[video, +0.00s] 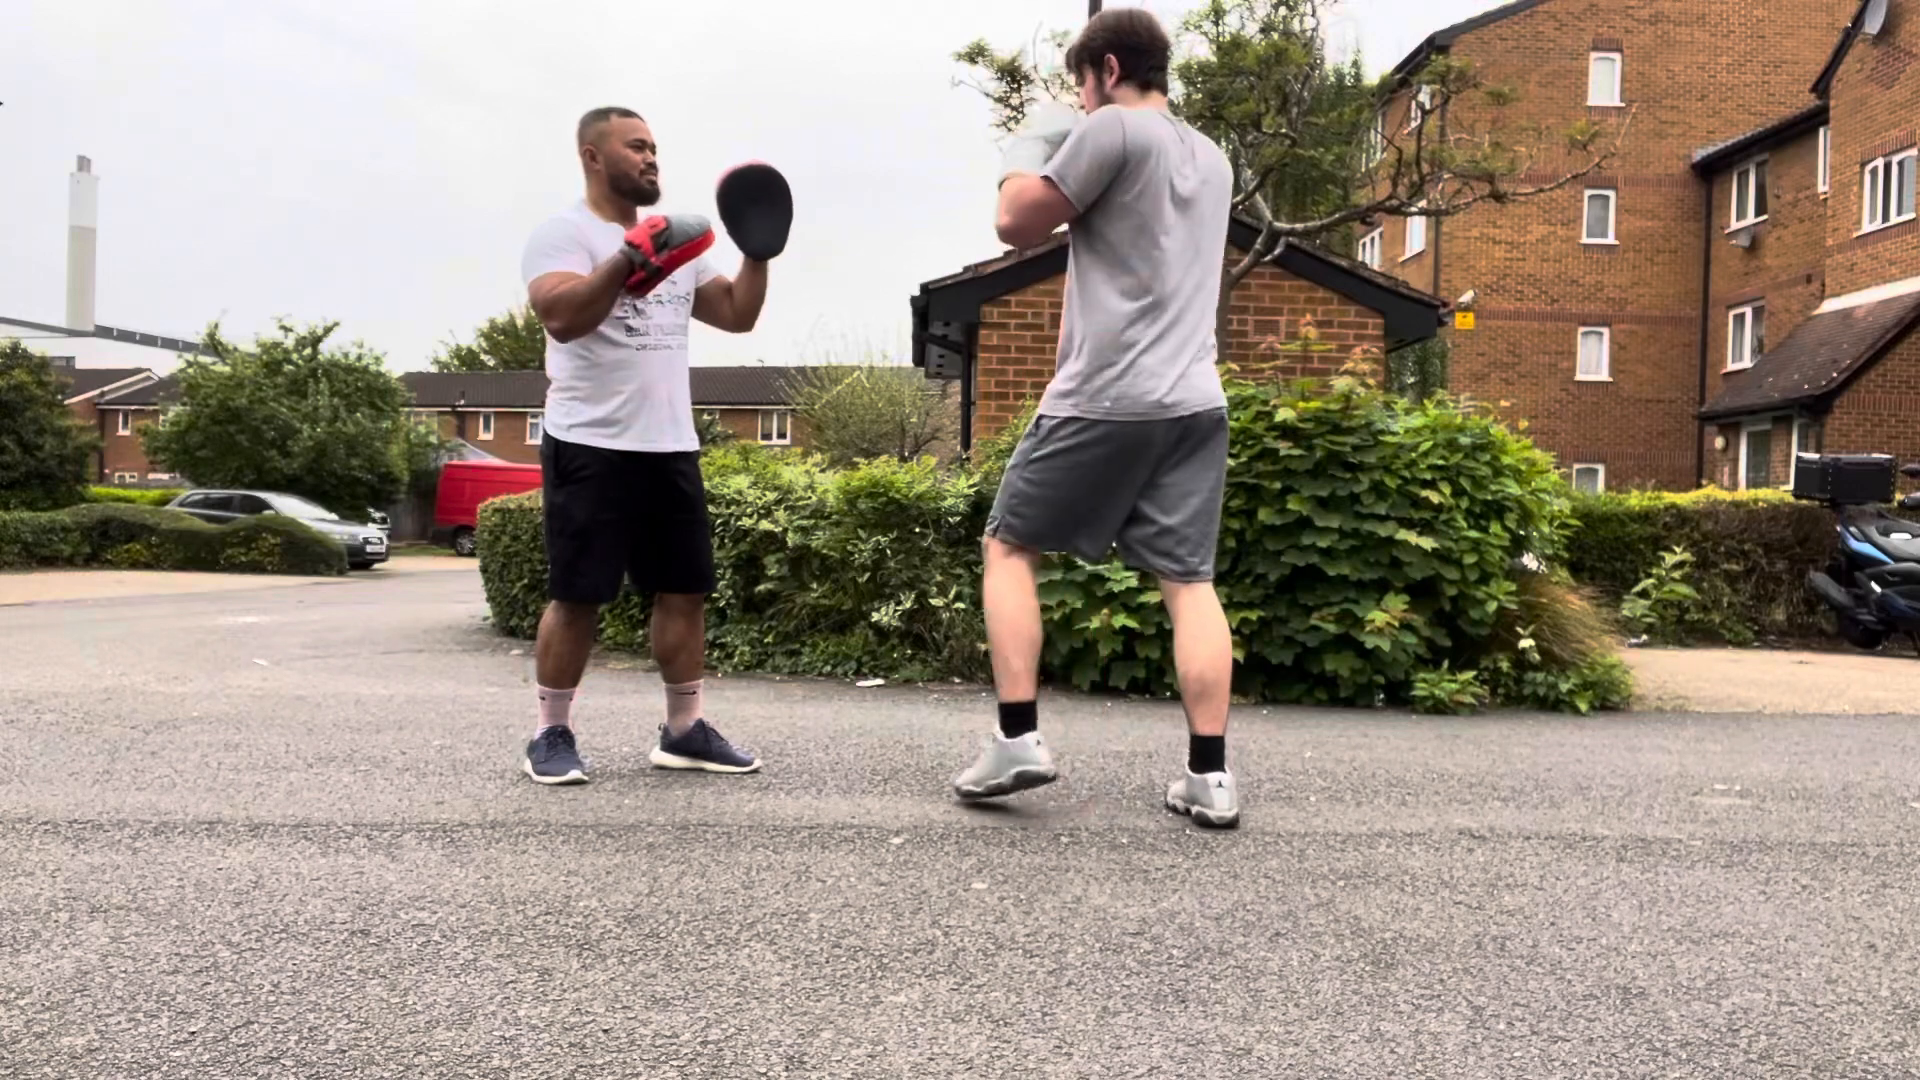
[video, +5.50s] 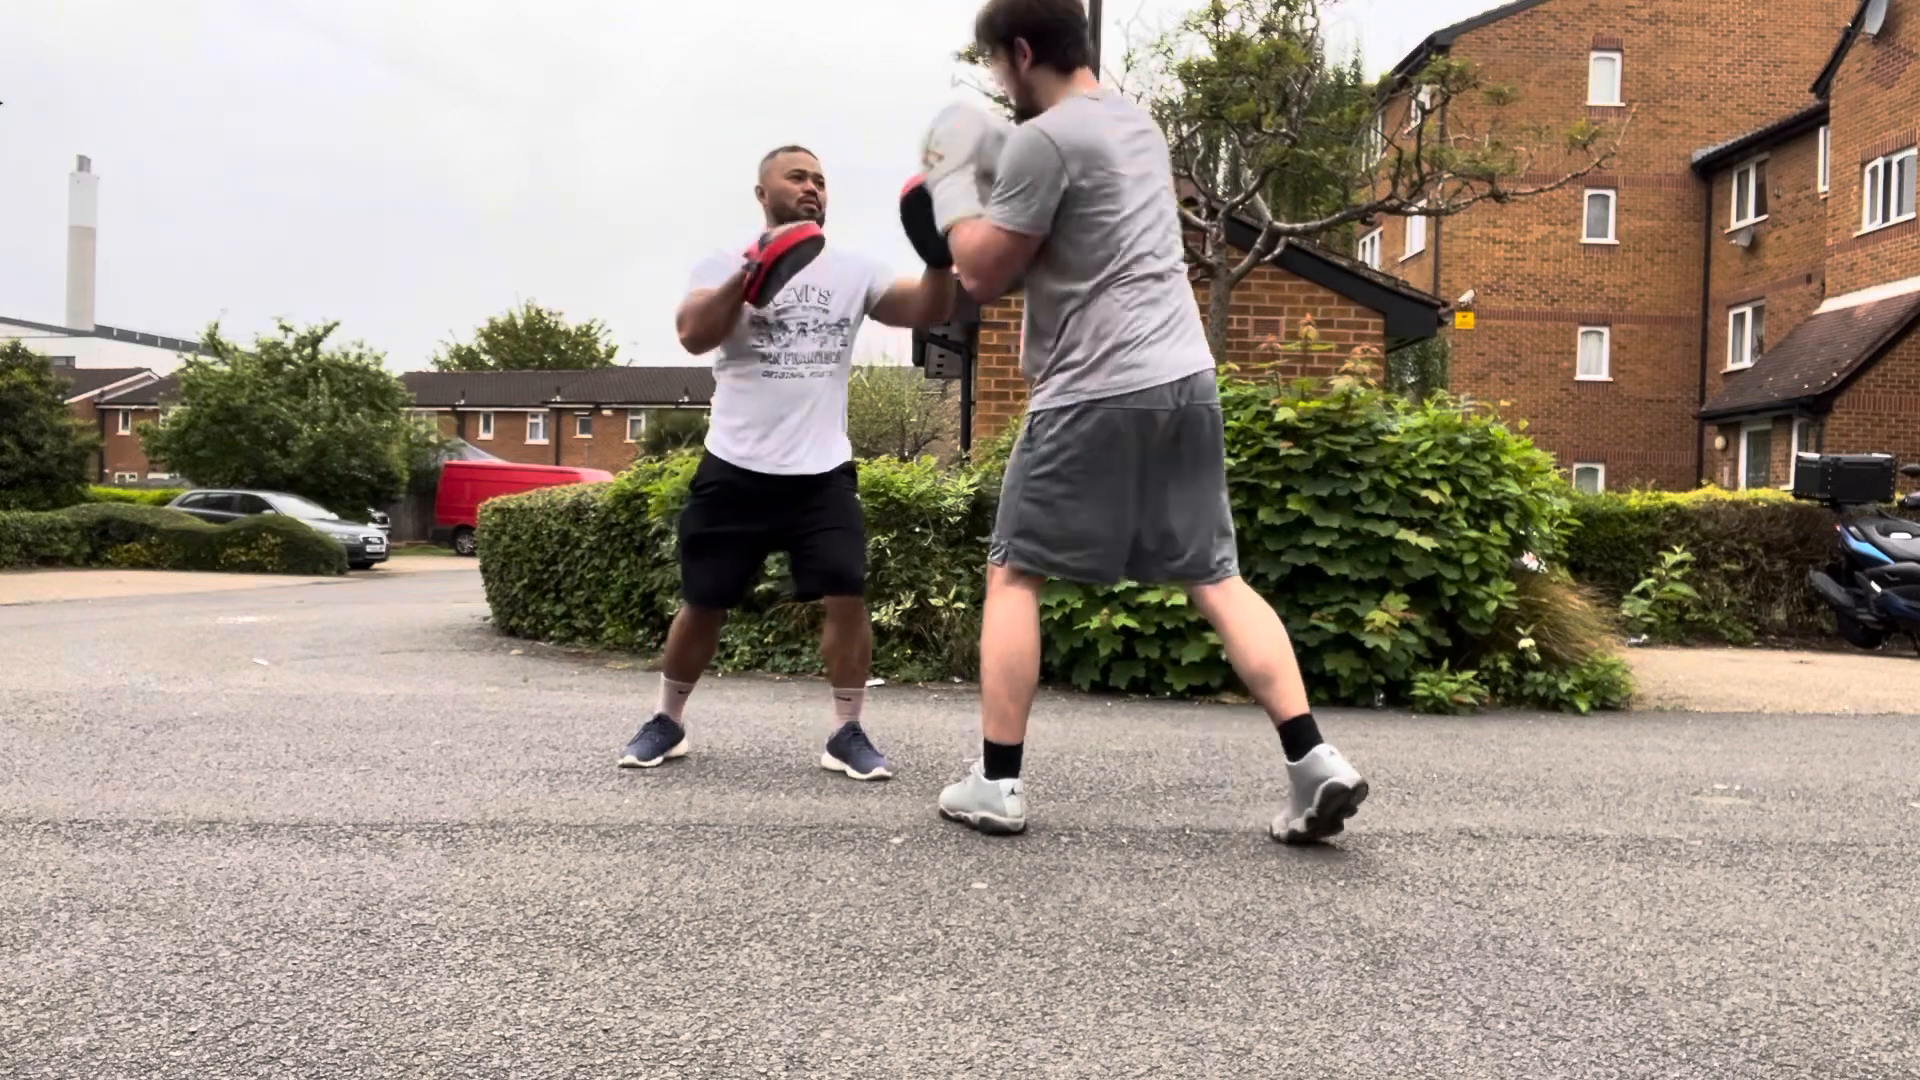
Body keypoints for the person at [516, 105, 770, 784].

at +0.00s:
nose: (652, 160)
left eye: (654, 150)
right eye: (637, 147)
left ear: (653, 164)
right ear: (592, 157)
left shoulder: (675, 243)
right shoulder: (561, 234)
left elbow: (737, 312)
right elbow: (561, 318)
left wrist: (756, 247)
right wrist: (631, 255)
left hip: (670, 443)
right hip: (587, 443)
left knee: (683, 586)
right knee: (576, 592)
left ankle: (684, 727)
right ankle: (552, 732)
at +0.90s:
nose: (695, 177)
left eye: (698, 165)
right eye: (682, 165)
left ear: (694, 176)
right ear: (648, 175)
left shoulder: (715, 260)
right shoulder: (609, 237)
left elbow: (764, 341)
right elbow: (631, 292)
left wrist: (798, 291)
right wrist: (661, 212)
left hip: (707, 453)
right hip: (626, 450)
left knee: (732, 591)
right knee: (597, 596)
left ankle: (754, 725)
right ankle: (553, 730)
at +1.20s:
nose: (786, 197)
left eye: (791, 185)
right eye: (772, 183)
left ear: (795, 200)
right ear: (742, 191)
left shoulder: (793, 284)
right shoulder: (697, 244)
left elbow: (819, 370)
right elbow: (692, 287)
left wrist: (857, 327)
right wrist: (728, 206)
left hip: (756, 459)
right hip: (678, 446)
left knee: (760, 594)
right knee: (631, 586)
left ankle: (755, 727)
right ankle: (572, 723)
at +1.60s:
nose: (786, 181)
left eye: (794, 176)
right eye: (772, 169)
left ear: (801, 196)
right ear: (735, 185)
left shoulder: (812, 271)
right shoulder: (696, 245)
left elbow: (881, 324)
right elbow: (668, 312)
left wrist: (899, 265)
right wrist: (720, 248)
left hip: (773, 456)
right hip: (692, 447)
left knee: (767, 592)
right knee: (671, 588)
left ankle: (754, 724)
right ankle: (653, 712)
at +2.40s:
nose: (807, 196)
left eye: (812, 189)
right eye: (795, 186)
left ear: (813, 204)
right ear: (764, 195)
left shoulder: (818, 286)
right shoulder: (715, 251)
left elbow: (857, 369)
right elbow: (733, 275)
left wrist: (880, 305)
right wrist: (756, 200)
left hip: (793, 461)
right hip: (710, 454)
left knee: (814, 592)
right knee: (690, 599)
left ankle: (830, 728)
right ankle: (666, 721)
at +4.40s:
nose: (762, 189)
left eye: (770, 180)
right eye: (747, 180)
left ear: (779, 194)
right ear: (713, 195)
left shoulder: (800, 265)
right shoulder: (679, 258)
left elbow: (866, 326)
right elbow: (669, 327)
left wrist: (866, 254)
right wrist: (708, 249)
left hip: (785, 461)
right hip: (700, 460)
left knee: (811, 593)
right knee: (684, 600)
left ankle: (829, 727)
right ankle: (665, 721)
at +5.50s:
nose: (812, 187)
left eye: (820, 180)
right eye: (797, 175)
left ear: (828, 199)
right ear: (760, 192)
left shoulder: (851, 269)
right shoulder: (727, 264)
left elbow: (929, 309)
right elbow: (694, 336)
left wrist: (944, 245)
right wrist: (751, 275)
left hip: (823, 469)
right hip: (735, 466)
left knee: (847, 591)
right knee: (702, 602)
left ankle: (847, 731)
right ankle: (666, 721)